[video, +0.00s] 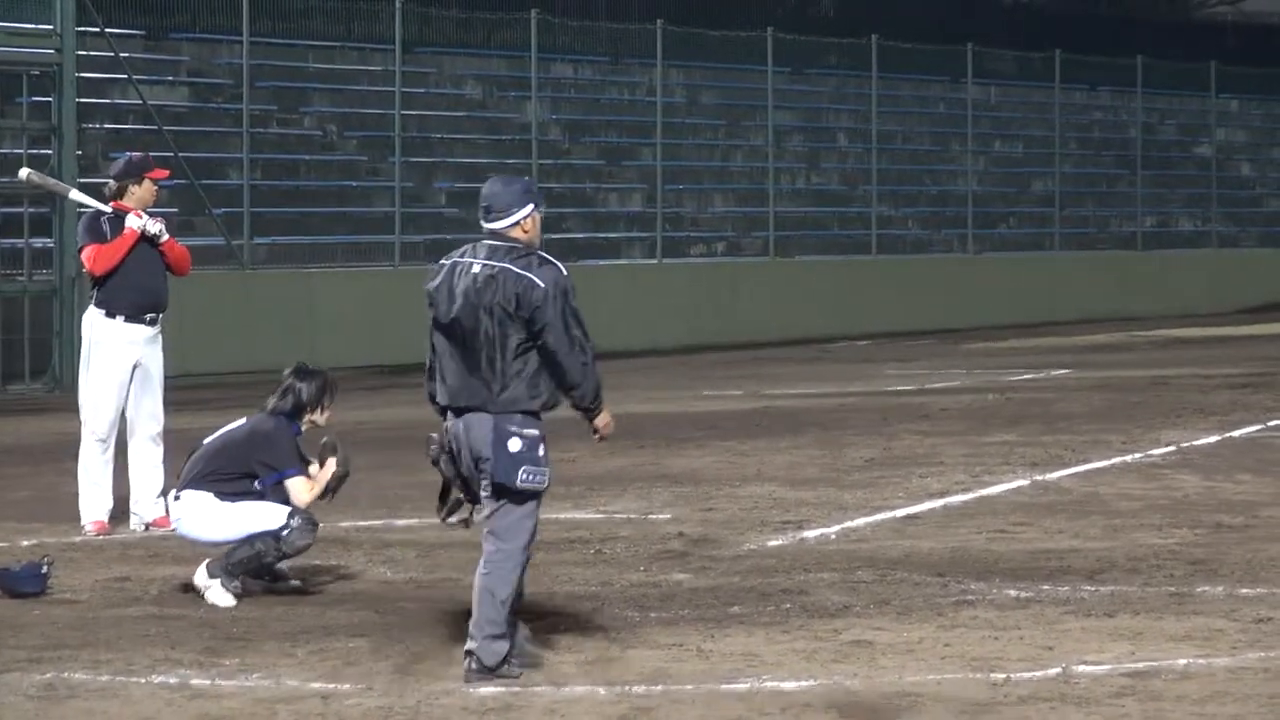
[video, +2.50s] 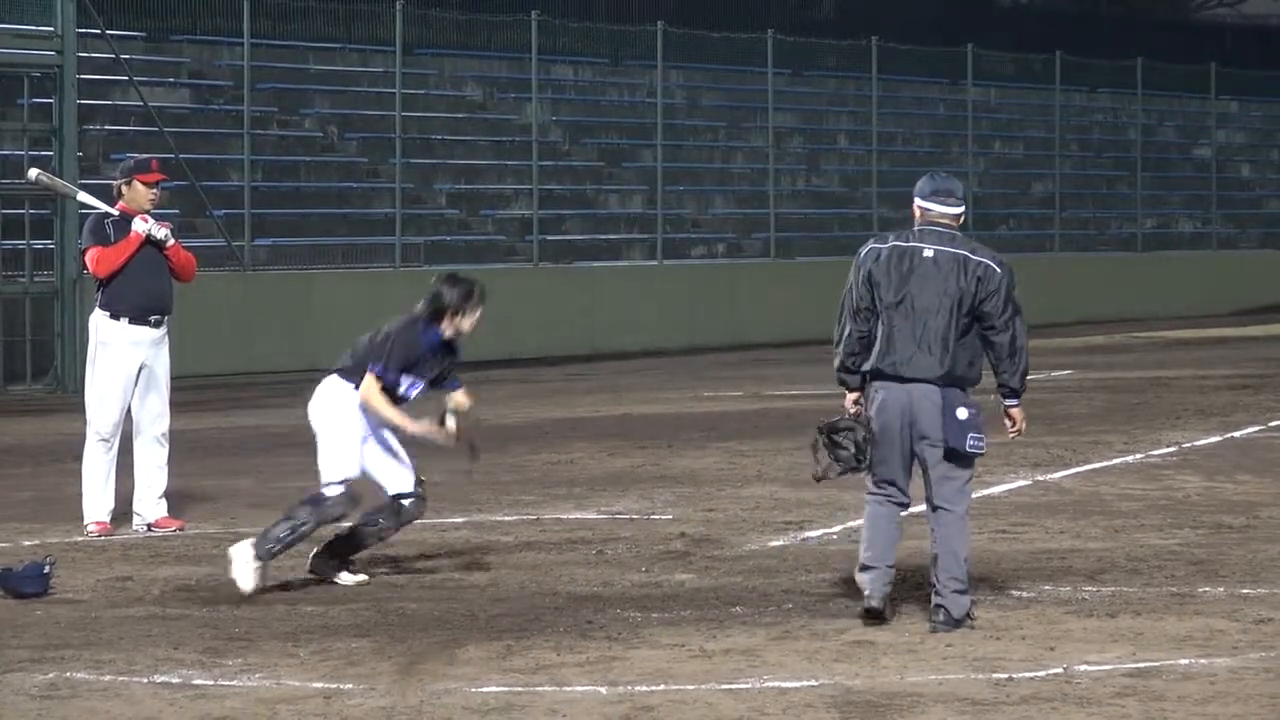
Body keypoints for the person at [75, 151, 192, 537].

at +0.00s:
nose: (156, 189)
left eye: (156, 183)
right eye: (151, 183)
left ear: (136, 186)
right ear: (131, 185)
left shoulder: (153, 225)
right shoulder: (97, 220)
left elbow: (184, 266)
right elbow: (96, 265)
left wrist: (163, 238)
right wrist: (132, 233)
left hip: (150, 333)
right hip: (109, 332)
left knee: (148, 426)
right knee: (100, 428)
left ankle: (149, 511)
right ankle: (95, 516)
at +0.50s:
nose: (156, 189)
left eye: (156, 184)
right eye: (152, 183)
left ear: (134, 187)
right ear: (131, 186)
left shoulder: (152, 226)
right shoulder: (98, 221)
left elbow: (183, 267)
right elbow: (97, 265)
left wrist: (164, 238)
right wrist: (133, 232)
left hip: (151, 333)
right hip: (111, 332)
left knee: (150, 426)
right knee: (102, 427)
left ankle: (150, 510)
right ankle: (96, 516)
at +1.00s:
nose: (159, 191)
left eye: (158, 185)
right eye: (153, 184)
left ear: (137, 188)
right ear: (132, 187)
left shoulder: (155, 227)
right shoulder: (99, 221)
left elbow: (184, 272)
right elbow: (99, 266)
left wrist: (166, 241)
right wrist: (136, 235)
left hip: (153, 335)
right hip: (113, 333)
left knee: (152, 428)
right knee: (103, 429)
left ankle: (151, 512)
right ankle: (98, 517)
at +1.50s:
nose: (159, 191)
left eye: (159, 185)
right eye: (154, 185)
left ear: (138, 189)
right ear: (132, 188)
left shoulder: (155, 229)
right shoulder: (100, 222)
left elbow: (185, 273)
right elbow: (99, 268)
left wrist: (166, 243)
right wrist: (137, 236)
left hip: (155, 335)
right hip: (114, 334)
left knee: (153, 428)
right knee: (104, 429)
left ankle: (152, 512)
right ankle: (99, 517)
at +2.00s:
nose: (156, 192)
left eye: (157, 187)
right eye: (149, 186)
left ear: (148, 190)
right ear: (125, 187)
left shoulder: (156, 228)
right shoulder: (100, 222)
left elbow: (187, 271)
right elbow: (99, 267)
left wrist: (167, 242)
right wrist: (137, 236)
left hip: (155, 335)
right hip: (114, 333)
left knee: (153, 427)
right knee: (104, 428)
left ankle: (151, 513)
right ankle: (98, 517)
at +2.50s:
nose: (156, 191)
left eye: (157, 186)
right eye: (149, 185)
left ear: (153, 190)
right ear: (125, 186)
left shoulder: (158, 228)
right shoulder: (101, 222)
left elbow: (188, 271)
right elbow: (99, 266)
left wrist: (168, 242)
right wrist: (138, 235)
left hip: (156, 335)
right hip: (115, 333)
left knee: (154, 427)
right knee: (104, 428)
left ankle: (151, 512)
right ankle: (98, 516)